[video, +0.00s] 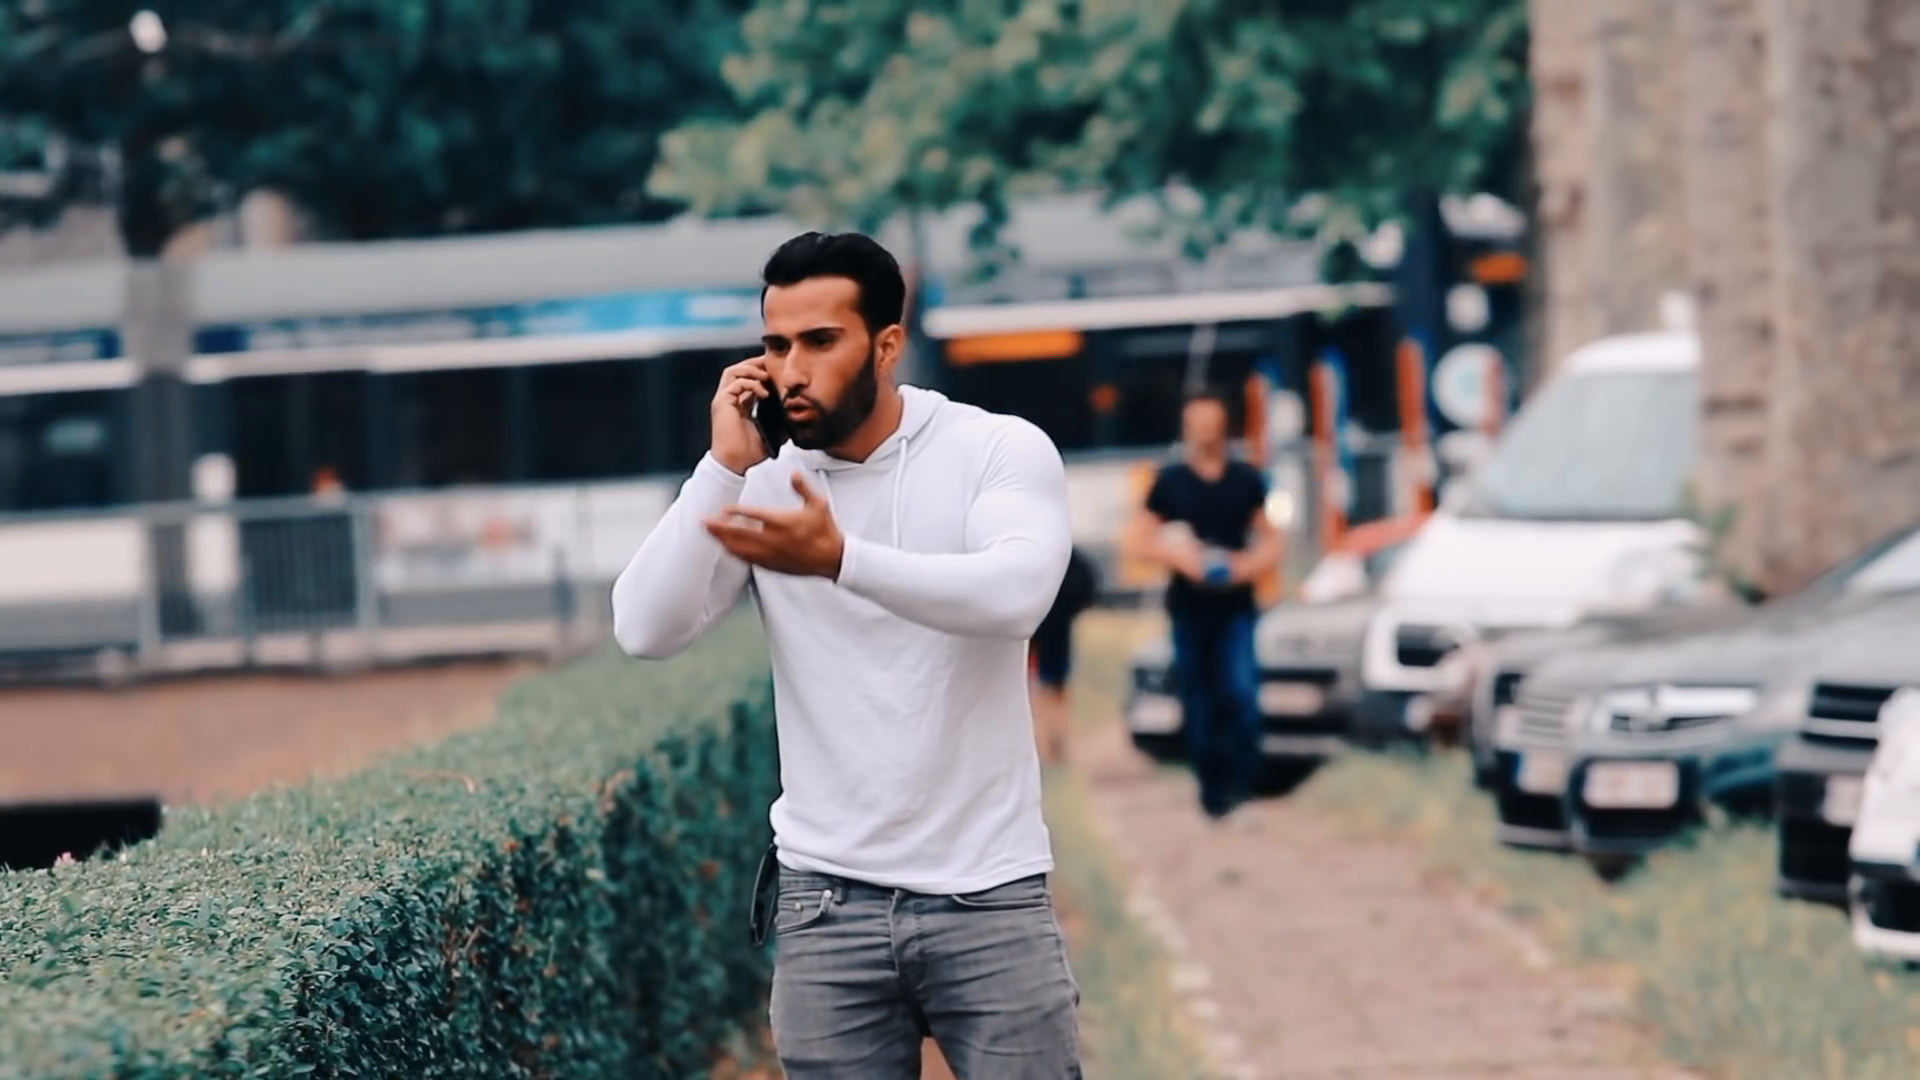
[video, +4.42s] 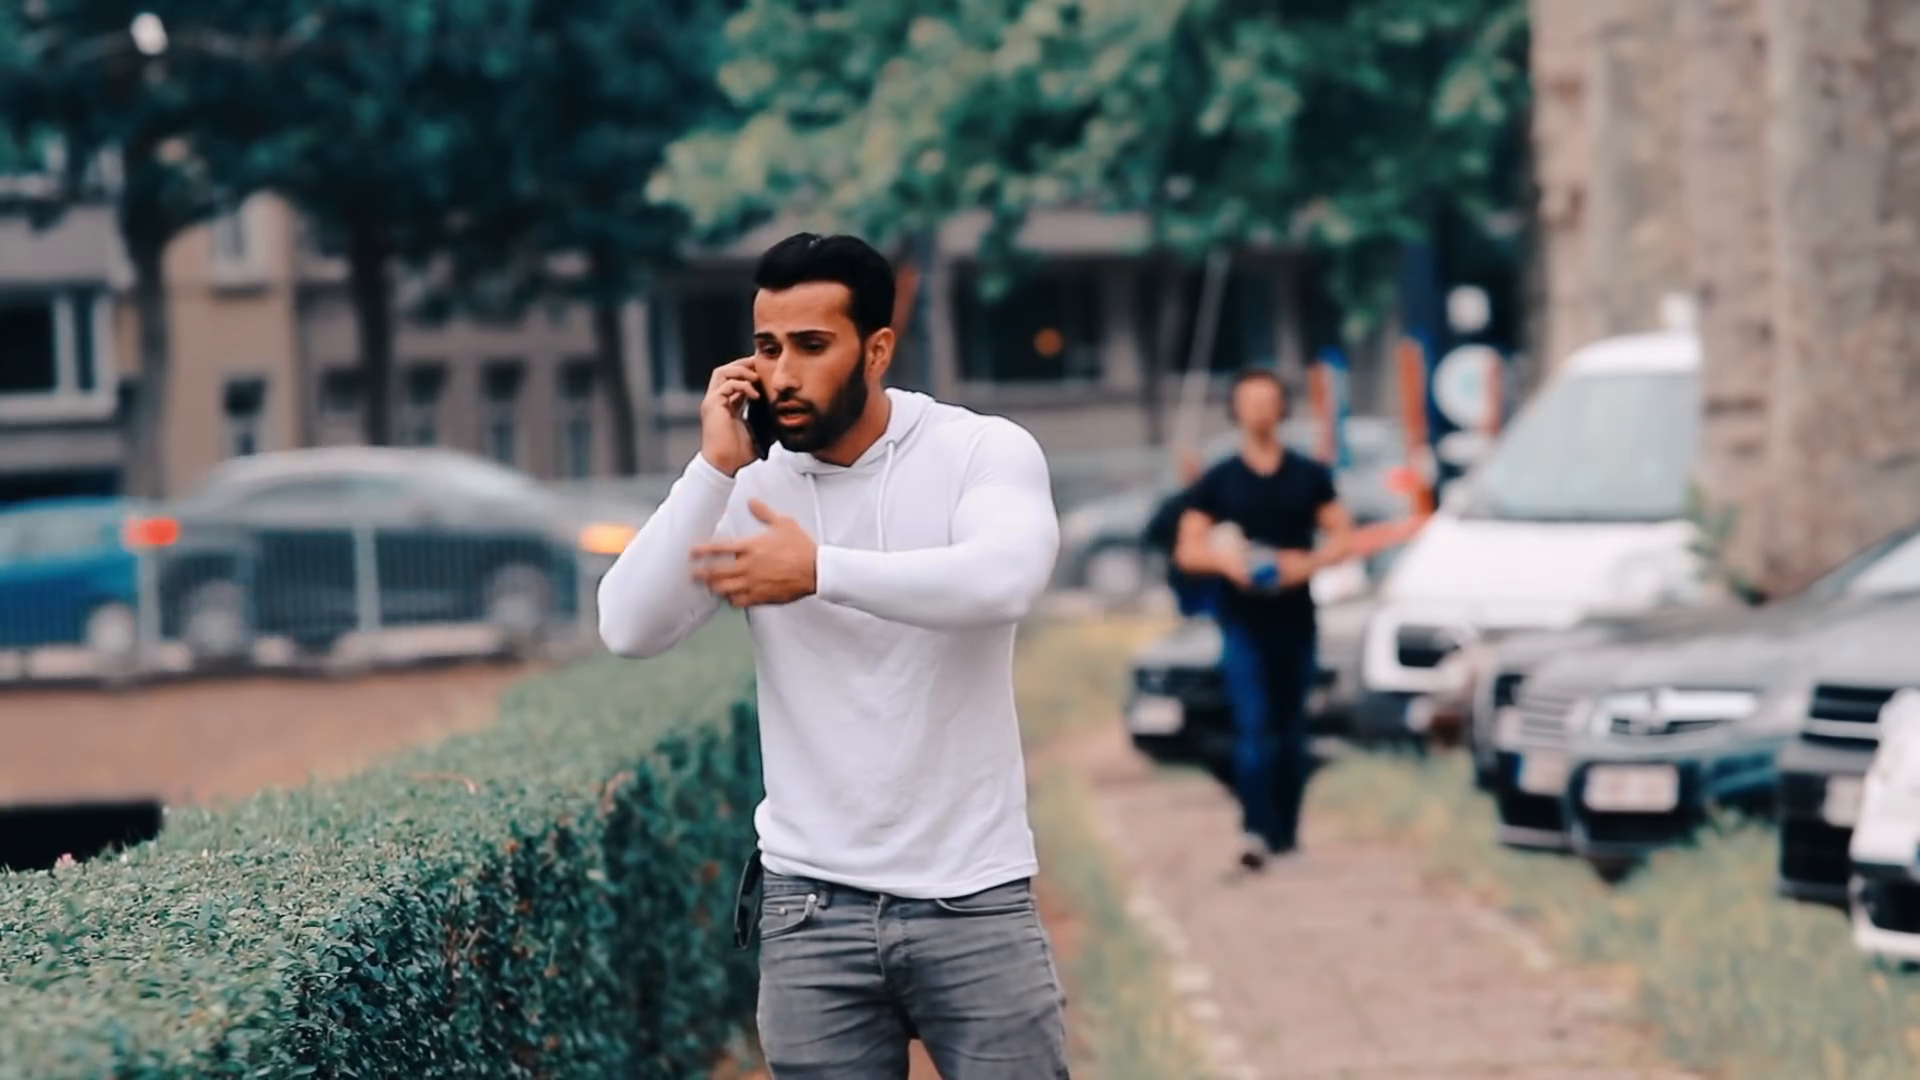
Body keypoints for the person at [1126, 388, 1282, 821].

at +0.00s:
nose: (1202, 436)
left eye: (1210, 428)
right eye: (1195, 428)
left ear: (1223, 429)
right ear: (1185, 429)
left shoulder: (1245, 480)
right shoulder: (1171, 479)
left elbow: (1271, 539)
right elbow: (1144, 538)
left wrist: (1246, 565)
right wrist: (1185, 558)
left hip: (1236, 602)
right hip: (1190, 603)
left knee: (1240, 692)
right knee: (1197, 697)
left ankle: (1239, 786)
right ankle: (1212, 789)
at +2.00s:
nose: (1224, 438)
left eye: (1232, 430)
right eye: (1216, 430)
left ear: (1246, 431)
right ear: (1205, 432)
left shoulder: (1265, 489)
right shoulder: (1187, 491)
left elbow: (1296, 550)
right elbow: (1153, 555)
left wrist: (1268, 579)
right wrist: (1195, 569)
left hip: (1253, 625)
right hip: (1205, 628)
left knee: (1254, 717)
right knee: (1214, 729)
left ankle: (1268, 814)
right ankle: (1231, 826)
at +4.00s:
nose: (1259, 419)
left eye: (1268, 409)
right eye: (1250, 409)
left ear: (1280, 416)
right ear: (1235, 416)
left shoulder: (1303, 482)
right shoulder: (1214, 484)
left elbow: (1337, 546)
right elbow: (1179, 552)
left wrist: (1298, 569)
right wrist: (1226, 562)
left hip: (1288, 621)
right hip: (1238, 623)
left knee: (1289, 718)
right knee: (1251, 727)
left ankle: (1300, 818)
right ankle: (1269, 832)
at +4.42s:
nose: (1259, 409)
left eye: (1267, 399)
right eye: (1250, 400)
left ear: (1282, 408)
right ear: (1236, 408)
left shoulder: (1309, 477)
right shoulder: (1219, 481)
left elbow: (1345, 538)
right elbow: (1188, 550)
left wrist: (1305, 563)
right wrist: (1228, 560)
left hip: (1293, 613)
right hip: (1242, 614)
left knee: (1287, 725)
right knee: (1254, 721)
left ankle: (1283, 833)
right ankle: (1255, 831)